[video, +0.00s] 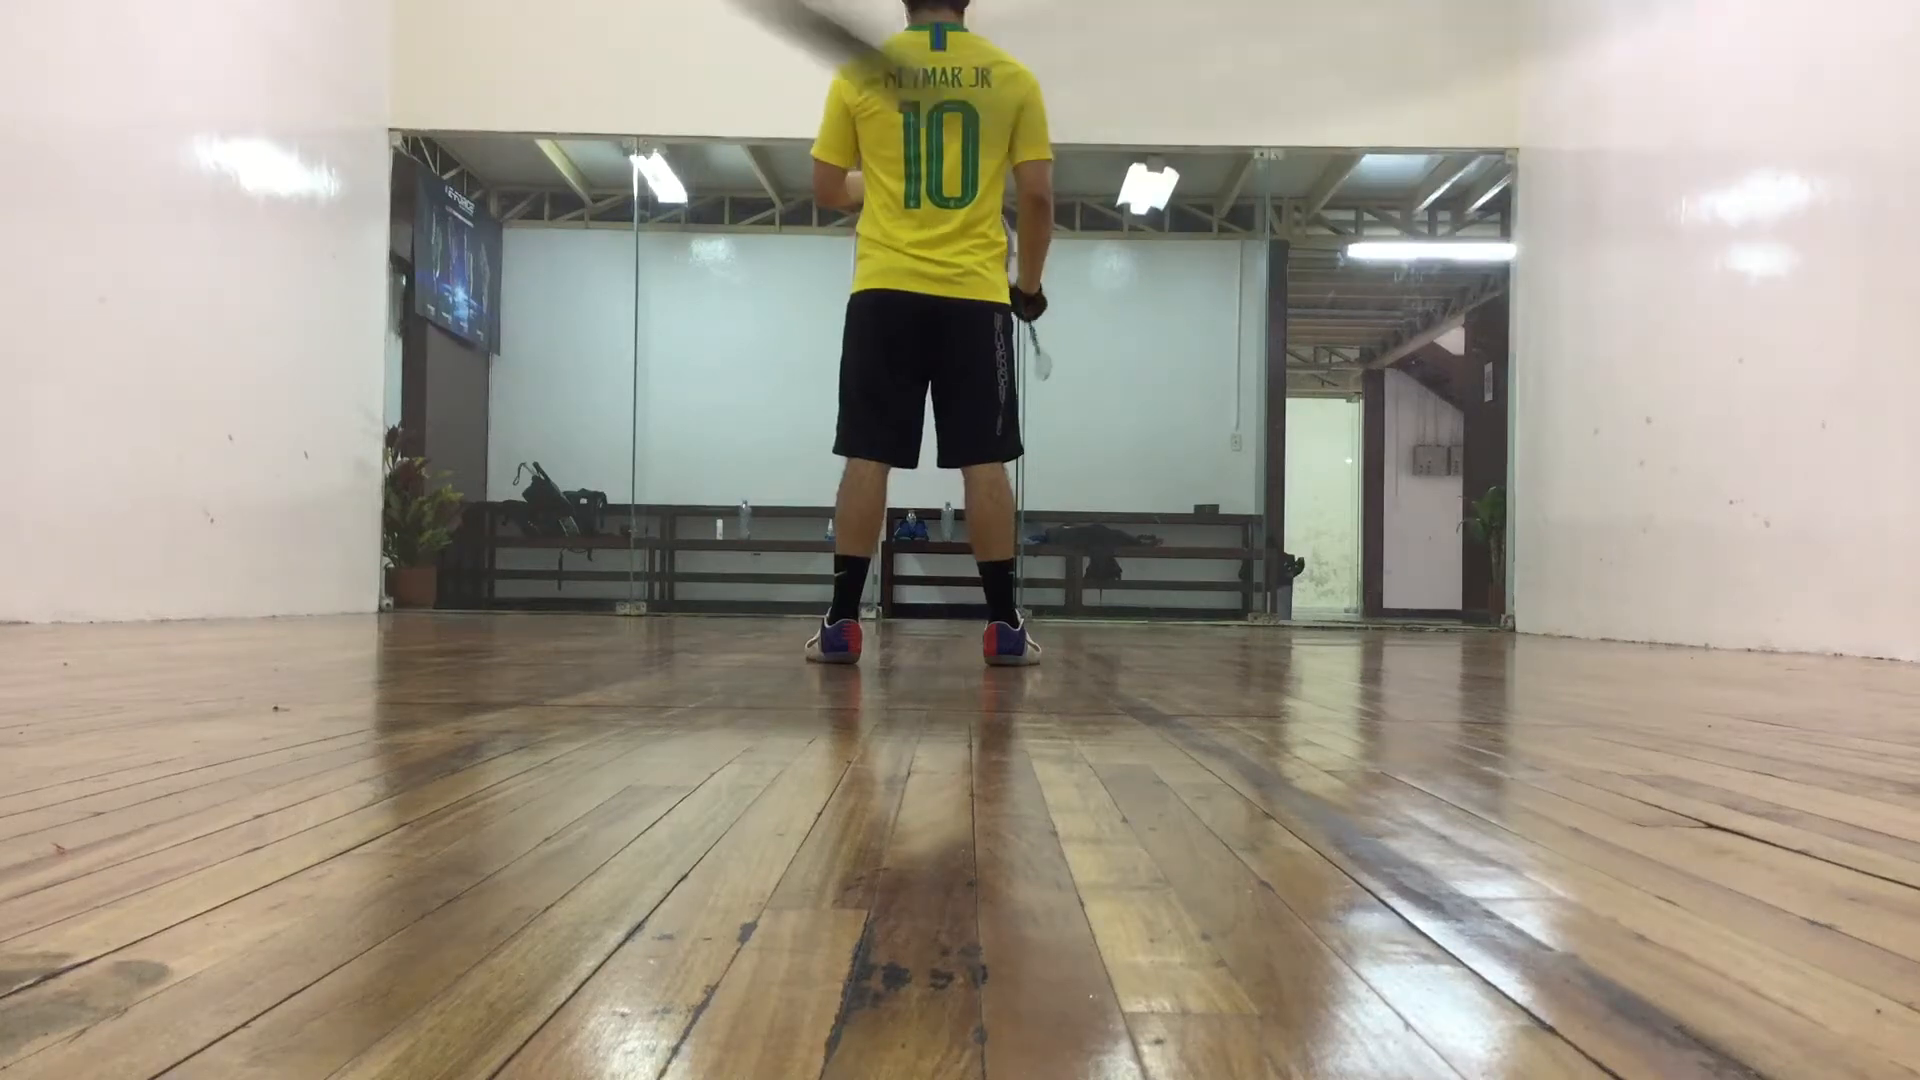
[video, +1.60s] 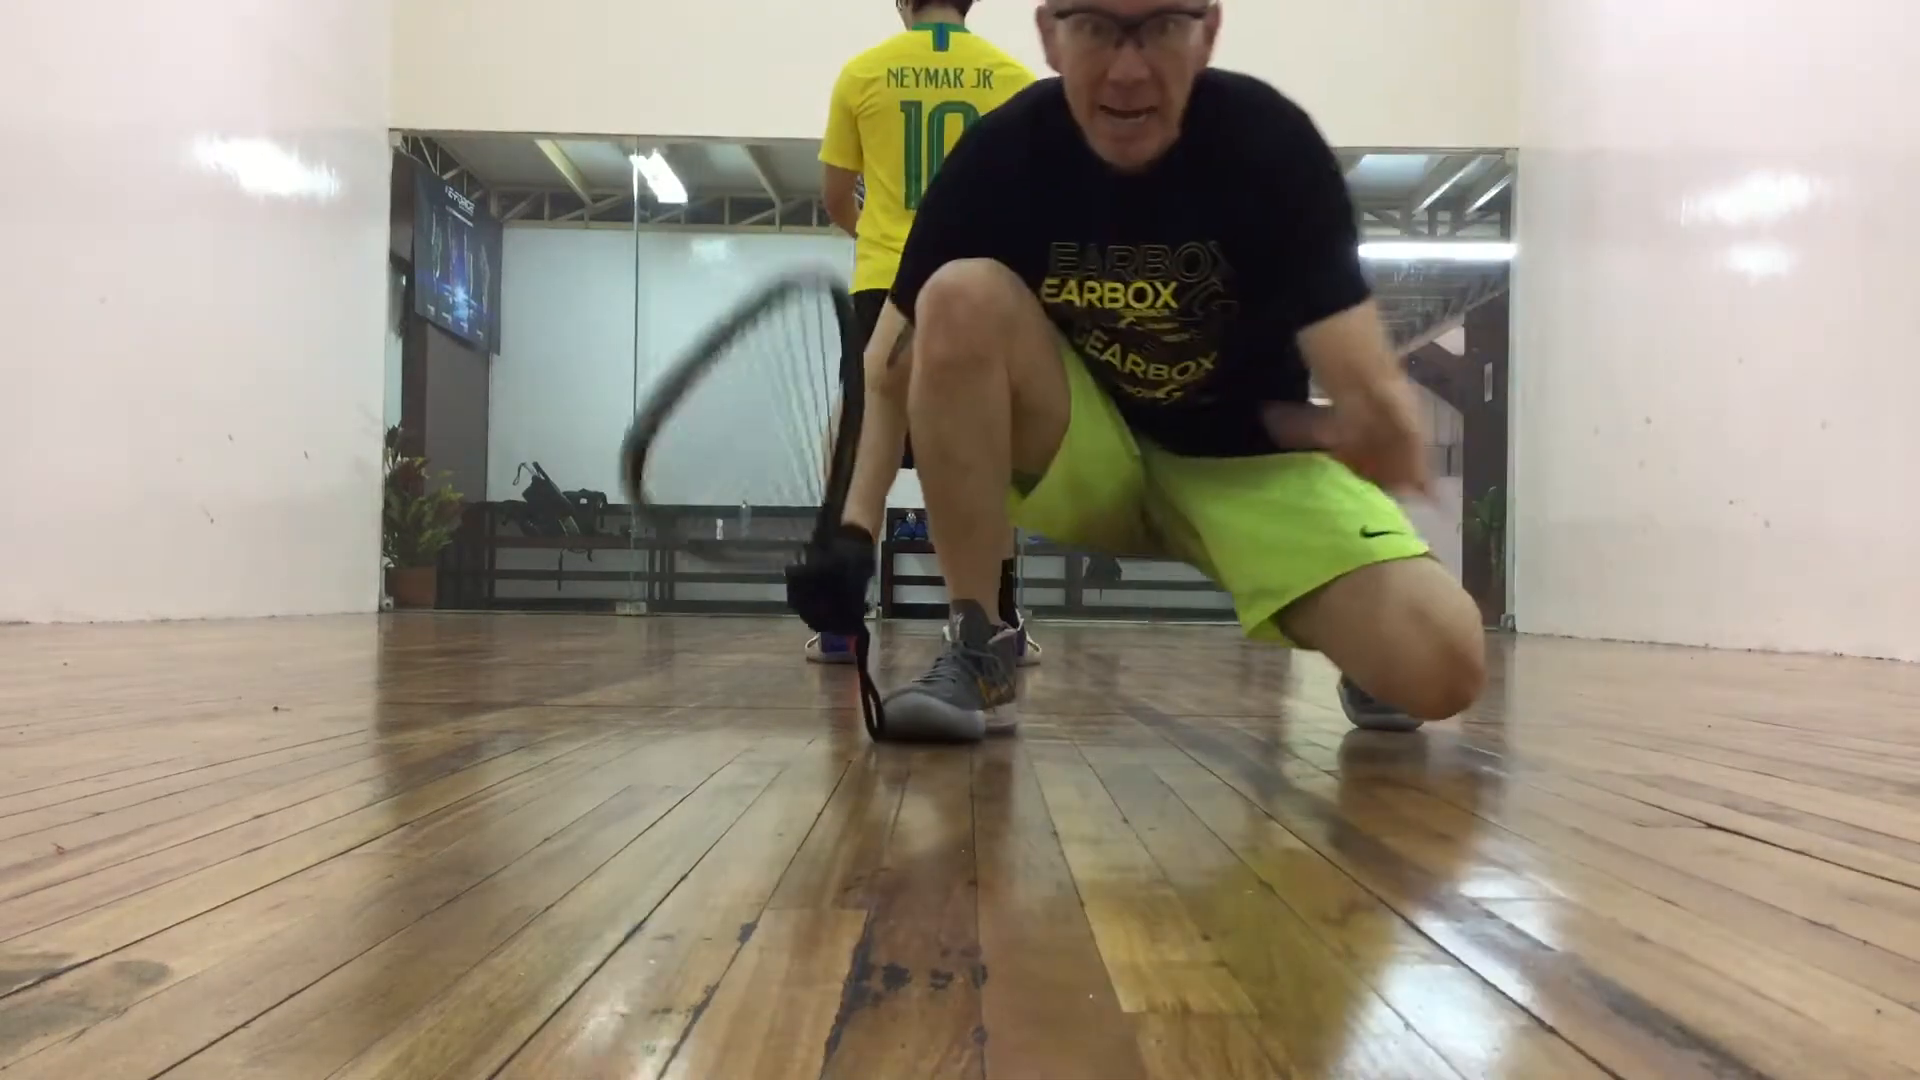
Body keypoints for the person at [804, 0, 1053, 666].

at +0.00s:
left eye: (912, 6)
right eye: (957, 4)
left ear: (904, 3)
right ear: (967, 3)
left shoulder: (860, 71)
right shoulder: (1012, 77)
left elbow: (829, 191)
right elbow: (1037, 194)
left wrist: (874, 182)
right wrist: (1029, 282)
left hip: (884, 298)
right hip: (974, 304)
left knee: (866, 458)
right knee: (985, 463)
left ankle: (842, 621)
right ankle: (1005, 624)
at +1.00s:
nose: (939, 10)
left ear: (906, 9)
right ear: (968, 9)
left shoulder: (861, 74)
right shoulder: (1011, 81)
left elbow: (845, 185)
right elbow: (1033, 202)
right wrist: (1029, 296)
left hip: (883, 300)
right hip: (976, 305)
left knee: (866, 460)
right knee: (986, 465)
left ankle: (842, 621)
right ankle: (998, 629)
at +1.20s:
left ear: (906, 3)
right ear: (968, 3)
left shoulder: (861, 74)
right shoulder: (1010, 65)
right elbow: (1037, 196)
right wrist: (1012, 254)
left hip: (884, 296)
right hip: (978, 300)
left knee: (866, 458)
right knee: (985, 459)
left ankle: (843, 620)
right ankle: (1000, 621)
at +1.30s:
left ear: (906, 6)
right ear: (969, 6)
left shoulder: (860, 75)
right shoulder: (1013, 75)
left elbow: (836, 197)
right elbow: (1043, 178)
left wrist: (875, 237)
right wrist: (1002, 242)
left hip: (895, 304)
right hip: (987, 306)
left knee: (867, 457)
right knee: (998, 456)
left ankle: (842, 622)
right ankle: (1000, 622)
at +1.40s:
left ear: (905, 7)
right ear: (969, 7)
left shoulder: (861, 74)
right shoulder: (1013, 76)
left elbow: (836, 194)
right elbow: (1038, 178)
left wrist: (866, 229)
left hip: (885, 291)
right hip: (982, 294)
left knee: (864, 452)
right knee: (991, 451)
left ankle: (840, 620)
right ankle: (999, 622)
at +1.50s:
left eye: (902, 13)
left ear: (903, 8)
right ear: (969, 8)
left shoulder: (861, 74)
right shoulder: (1015, 77)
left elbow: (835, 196)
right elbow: (1041, 182)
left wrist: (868, 245)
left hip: (887, 293)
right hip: (983, 293)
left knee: (854, 447)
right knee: (987, 445)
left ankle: (839, 619)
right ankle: (1000, 619)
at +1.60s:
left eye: (899, 10)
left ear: (904, 7)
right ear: (969, 8)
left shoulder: (862, 74)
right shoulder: (1015, 77)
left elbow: (837, 198)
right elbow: (1038, 182)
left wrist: (876, 233)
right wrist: (1004, 237)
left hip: (882, 286)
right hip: (982, 289)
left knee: (857, 443)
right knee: (985, 443)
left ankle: (836, 621)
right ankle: (1000, 620)